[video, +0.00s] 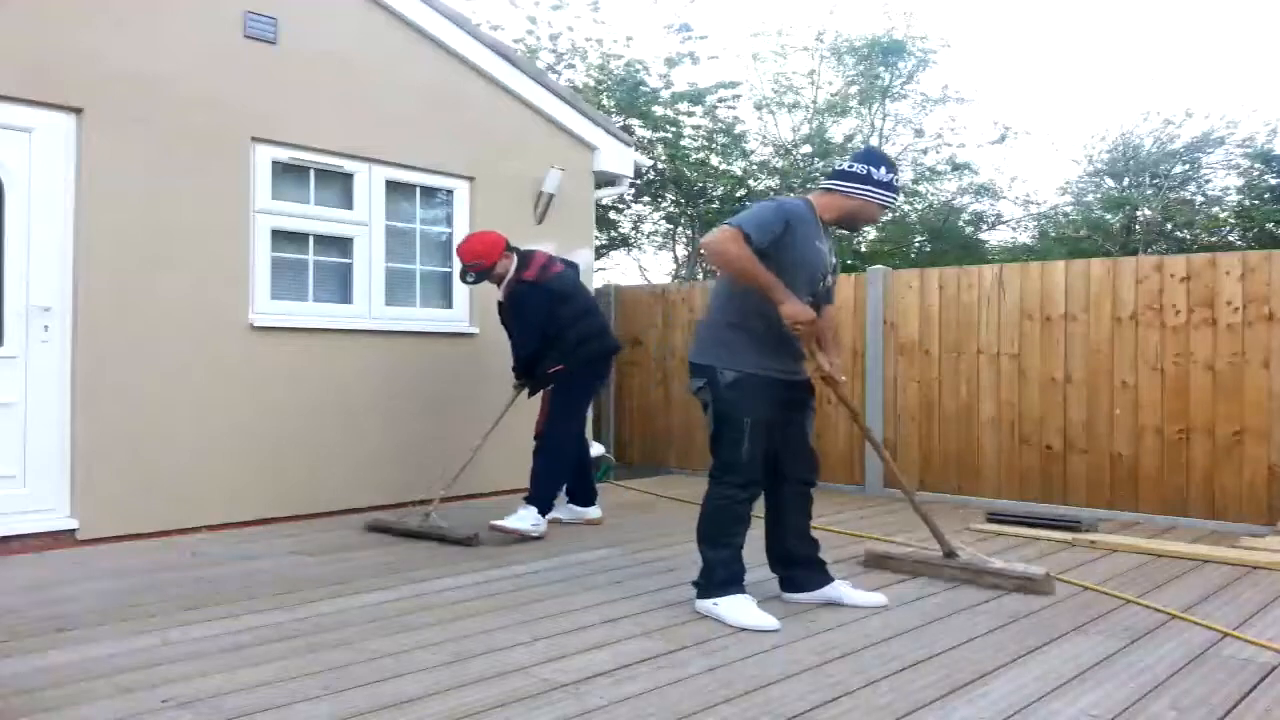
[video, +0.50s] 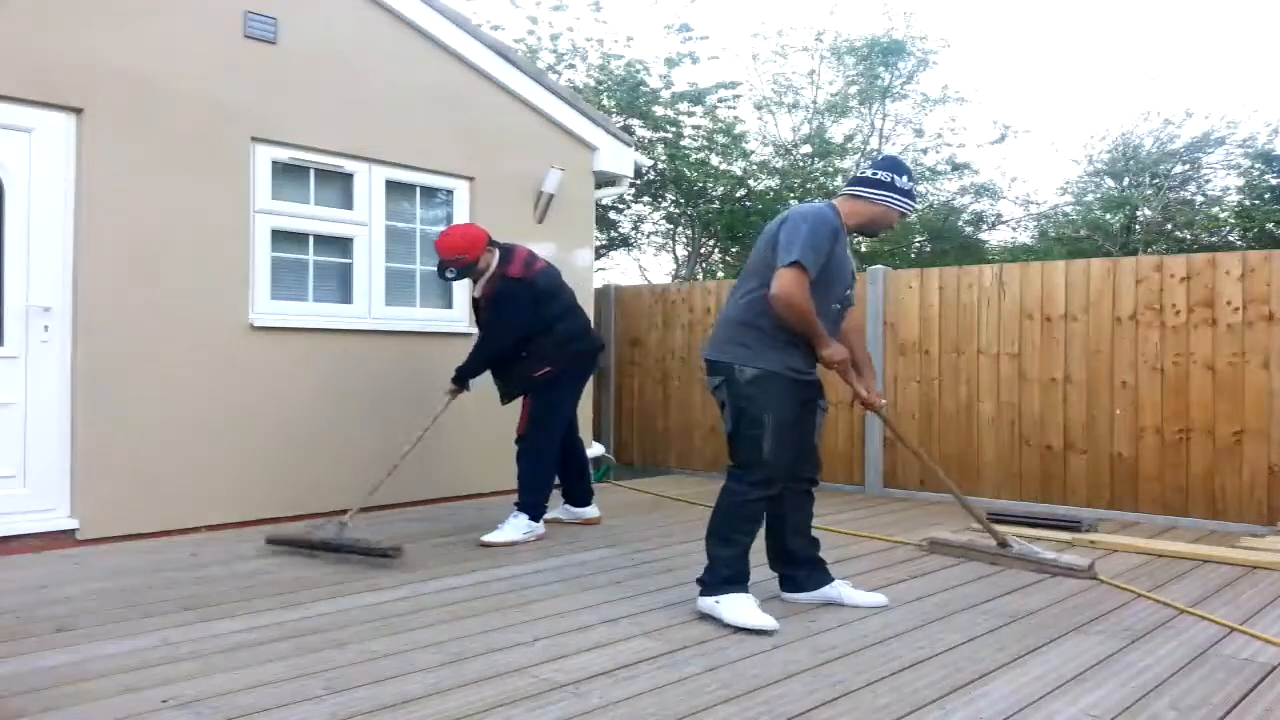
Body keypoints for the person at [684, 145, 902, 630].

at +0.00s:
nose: (877, 219)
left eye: (882, 211)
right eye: (880, 209)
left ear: (852, 192)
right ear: (860, 194)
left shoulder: (825, 250)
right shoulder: (786, 211)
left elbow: (819, 311)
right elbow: (719, 243)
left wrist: (828, 355)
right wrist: (783, 298)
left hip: (786, 374)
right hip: (735, 367)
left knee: (794, 478)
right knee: (736, 478)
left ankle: (803, 580)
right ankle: (718, 589)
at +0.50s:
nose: (898, 222)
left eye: (902, 214)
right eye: (899, 211)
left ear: (869, 196)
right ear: (879, 198)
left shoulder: (842, 256)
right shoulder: (814, 217)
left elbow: (847, 321)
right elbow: (786, 294)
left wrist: (864, 379)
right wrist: (825, 342)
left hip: (791, 370)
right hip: (752, 363)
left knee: (796, 477)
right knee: (757, 474)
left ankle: (803, 579)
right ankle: (721, 587)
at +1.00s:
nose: (859, 210)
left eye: (863, 202)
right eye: (859, 199)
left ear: (831, 185)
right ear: (834, 185)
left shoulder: (812, 242)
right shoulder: (755, 208)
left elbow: (820, 302)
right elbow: (679, 238)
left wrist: (824, 343)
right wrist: (758, 272)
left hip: (782, 373)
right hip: (725, 368)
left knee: (789, 479)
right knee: (721, 481)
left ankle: (802, 580)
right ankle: (704, 593)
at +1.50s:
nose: (882, 216)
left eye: (886, 208)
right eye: (882, 205)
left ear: (853, 188)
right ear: (857, 188)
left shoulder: (833, 244)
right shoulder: (770, 213)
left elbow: (839, 315)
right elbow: (721, 276)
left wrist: (852, 377)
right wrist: (797, 320)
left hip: (780, 373)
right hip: (717, 365)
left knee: (802, 481)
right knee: (710, 481)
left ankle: (818, 593)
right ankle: (702, 592)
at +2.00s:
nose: (917, 204)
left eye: (923, 195)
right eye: (915, 191)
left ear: (900, 184)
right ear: (887, 175)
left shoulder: (892, 241)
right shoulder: (794, 206)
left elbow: (890, 310)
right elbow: (708, 232)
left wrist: (872, 340)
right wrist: (774, 256)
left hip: (833, 381)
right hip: (759, 369)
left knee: (820, 490)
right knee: (737, 482)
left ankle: (820, 594)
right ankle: (714, 592)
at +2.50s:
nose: (908, 207)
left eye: (913, 198)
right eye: (903, 196)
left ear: (900, 189)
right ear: (872, 182)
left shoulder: (905, 242)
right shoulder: (782, 209)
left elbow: (912, 312)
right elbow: (704, 257)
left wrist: (879, 374)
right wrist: (747, 301)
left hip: (839, 382)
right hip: (759, 371)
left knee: (830, 487)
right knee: (748, 479)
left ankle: (822, 593)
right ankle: (756, 581)